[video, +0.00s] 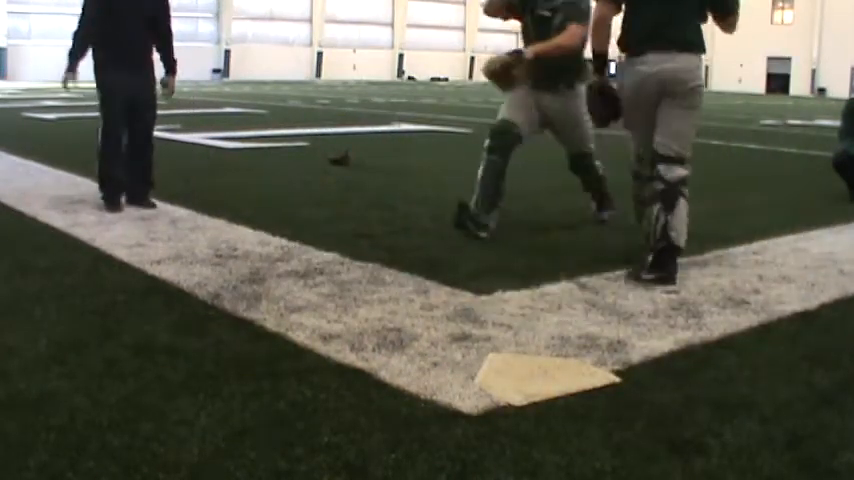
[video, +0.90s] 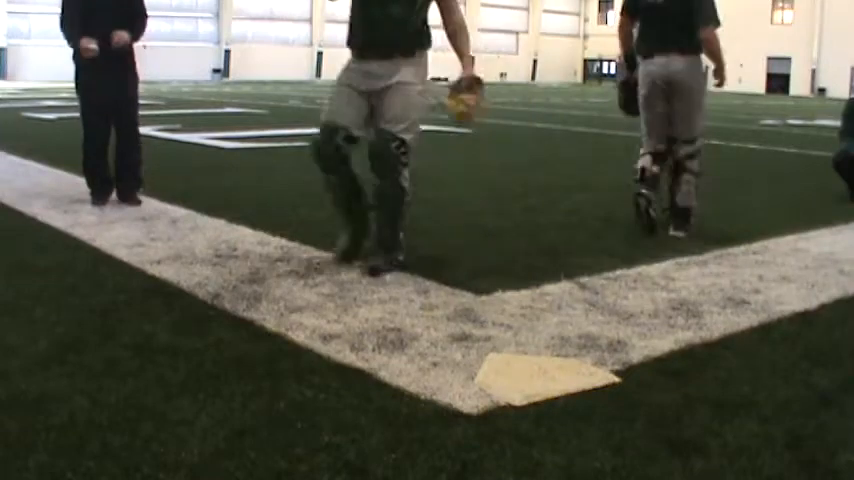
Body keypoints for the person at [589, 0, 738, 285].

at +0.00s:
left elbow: (602, 16)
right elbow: (728, 22)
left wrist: (600, 71)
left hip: (641, 63)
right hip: (686, 62)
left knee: (643, 159)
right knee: (675, 163)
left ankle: (649, 232)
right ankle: (667, 258)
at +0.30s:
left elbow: (617, 22)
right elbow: (733, 9)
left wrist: (613, 77)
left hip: (648, 59)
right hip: (690, 61)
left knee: (657, 154)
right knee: (696, 153)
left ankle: (657, 232)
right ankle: (680, 220)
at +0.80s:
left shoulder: (641, 1)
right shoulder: (705, 1)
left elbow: (625, 28)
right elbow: (717, 31)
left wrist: (628, 66)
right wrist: (732, 45)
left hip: (652, 66)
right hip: (689, 65)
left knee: (653, 148)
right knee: (688, 148)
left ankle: (655, 193)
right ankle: (684, 213)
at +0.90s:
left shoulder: (638, 1)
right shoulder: (700, 2)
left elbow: (624, 26)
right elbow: (707, 35)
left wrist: (630, 64)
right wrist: (719, 65)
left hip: (651, 63)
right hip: (686, 62)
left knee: (652, 144)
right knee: (687, 146)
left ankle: (645, 187)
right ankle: (681, 218)